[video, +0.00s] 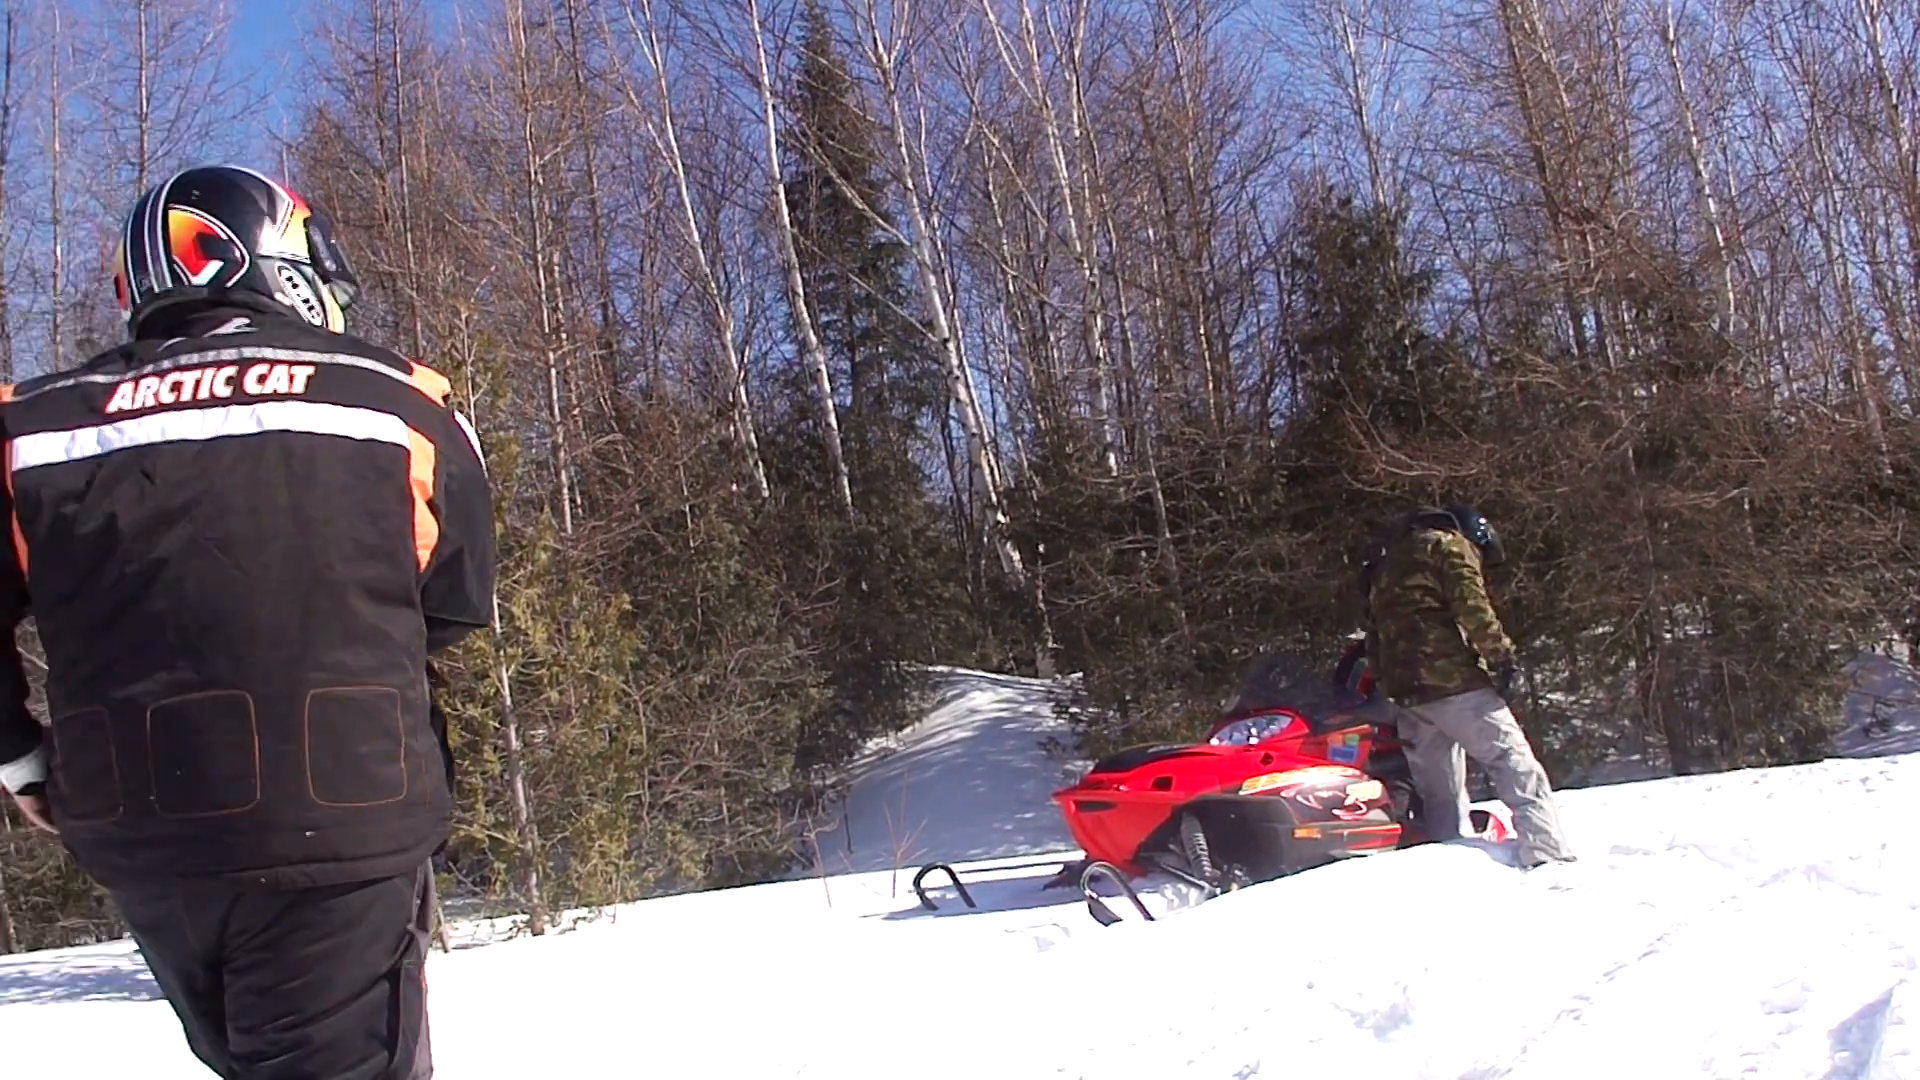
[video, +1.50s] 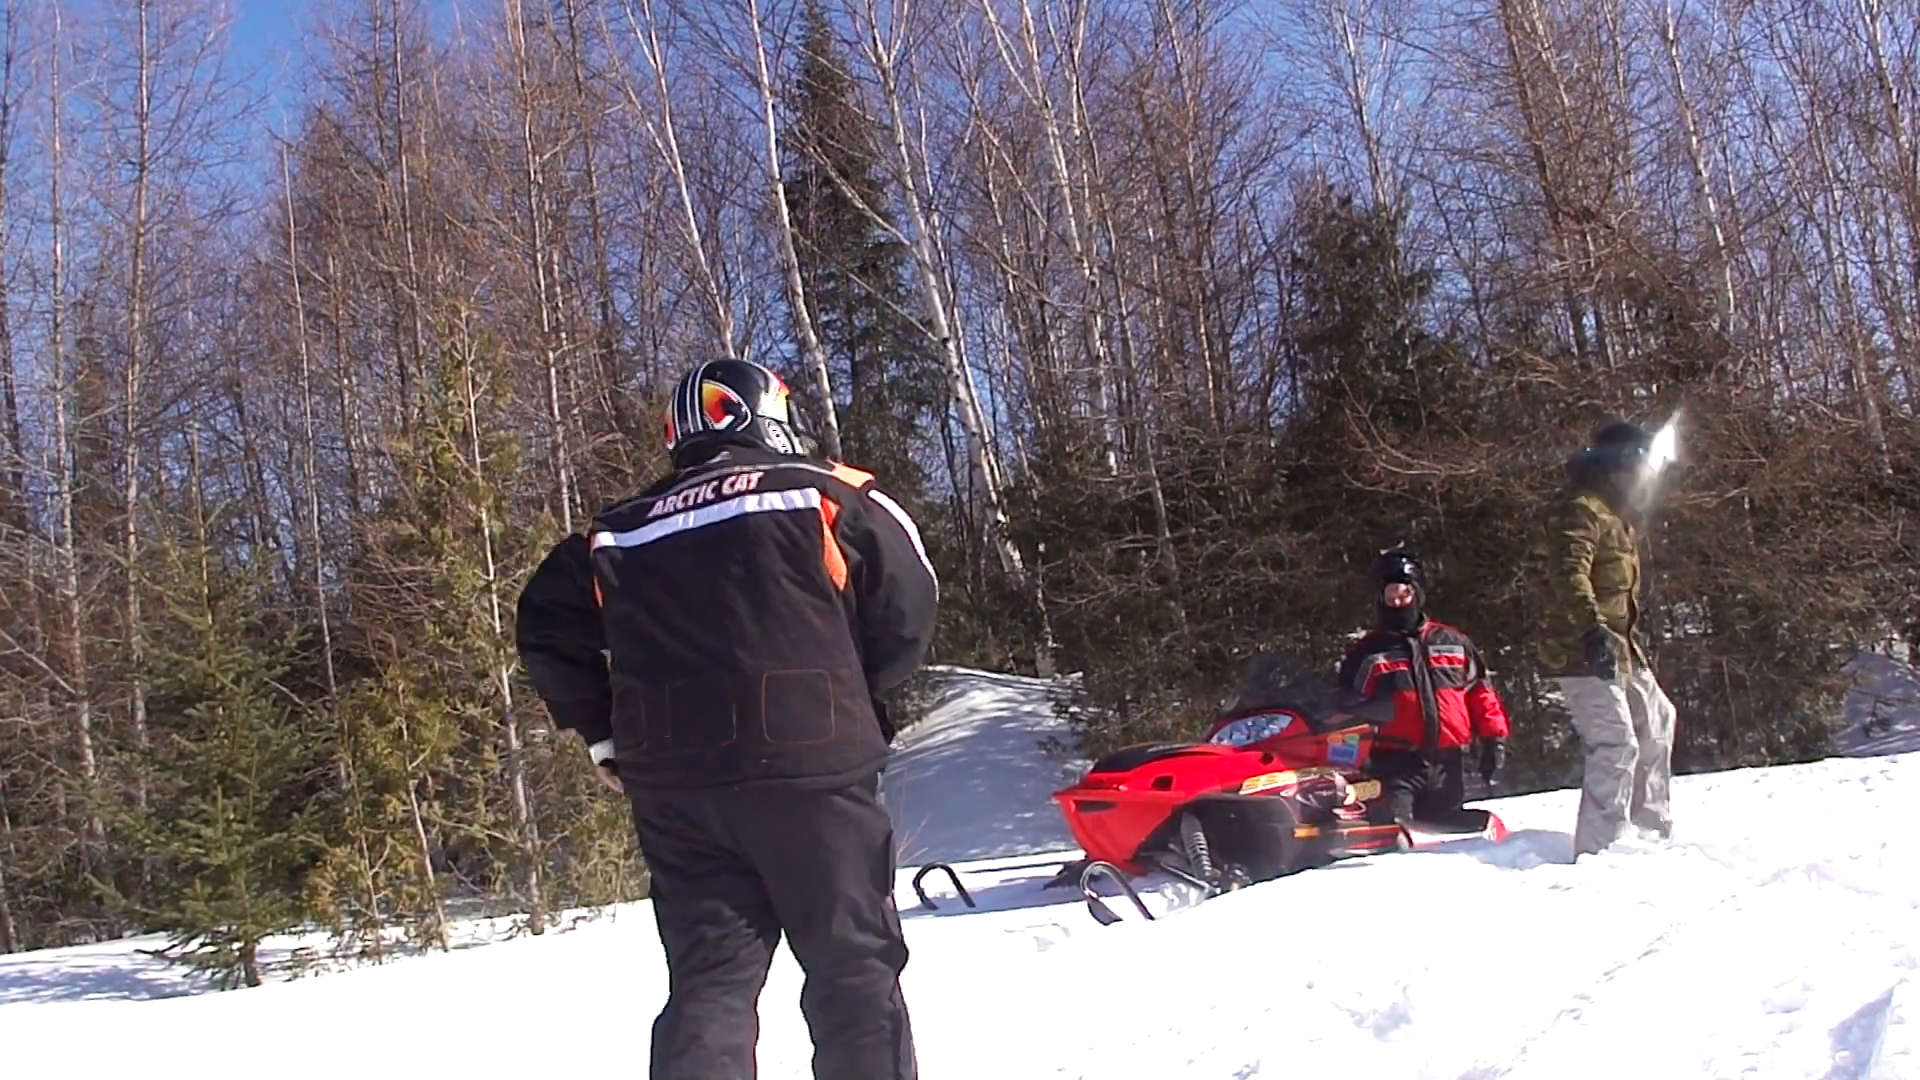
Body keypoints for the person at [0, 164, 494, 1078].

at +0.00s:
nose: (337, 285)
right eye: (323, 264)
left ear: (135, 283)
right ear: (297, 266)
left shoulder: (25, 418)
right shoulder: (410, 398)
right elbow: (459, 600)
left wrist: (21, 758)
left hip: (140, 844)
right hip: (347, 828)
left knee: (251, 1057)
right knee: (326, 1061)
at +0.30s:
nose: (420, 302)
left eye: (413, 284)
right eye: (407, 281)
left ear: (245, 293)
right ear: (381, 282)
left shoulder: (137, 407)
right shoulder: (469, 400)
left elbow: (15, 520)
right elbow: (527, 579)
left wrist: (98, 686)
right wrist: (446, 641)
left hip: (227, 815)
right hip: (421, 798)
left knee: (306, 1058)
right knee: (490, 1045)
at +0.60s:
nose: (539, 358)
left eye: (532, 339)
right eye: (527, 338)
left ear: (374, 355)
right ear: (501, 343)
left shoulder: (284, 468)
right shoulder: (585, 455)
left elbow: (183, 593)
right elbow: (656, 624)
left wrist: (262, 726)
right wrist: (576, 696)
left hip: (359, 829)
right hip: (537, 828)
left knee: (387, 1042)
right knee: (590, 1048)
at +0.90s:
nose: (647, 371)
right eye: (637, 357)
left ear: (502, 376)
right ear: (620, 362)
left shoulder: (424, 490)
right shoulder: (710, 473)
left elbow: (355, 631)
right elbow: (759, 624)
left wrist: (433, 745)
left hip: (512, 824)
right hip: (671, 818)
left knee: (568, 1006)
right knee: (665, 1033)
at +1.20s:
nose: (710, 400)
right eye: (701, 387)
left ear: (581, 406)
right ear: (687, 392)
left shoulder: (514, 518)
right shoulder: (774, 490)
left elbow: (456, 650)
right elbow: (825, 627)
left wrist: (520, 763)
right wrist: (752, 687)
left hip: (593, 813)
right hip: (740, 798)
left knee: (663, 1010)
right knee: (749, 1012)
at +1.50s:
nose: (796, 428)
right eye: (787, 417)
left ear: (680, 429)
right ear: (774, 420)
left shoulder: (617, 526)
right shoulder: (831, 489)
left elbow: (543, 622)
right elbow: (908, 599)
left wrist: (602, 729)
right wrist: (863, 691)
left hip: (672, 787)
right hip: (812, 777)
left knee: (707, 980)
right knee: (852, 969)